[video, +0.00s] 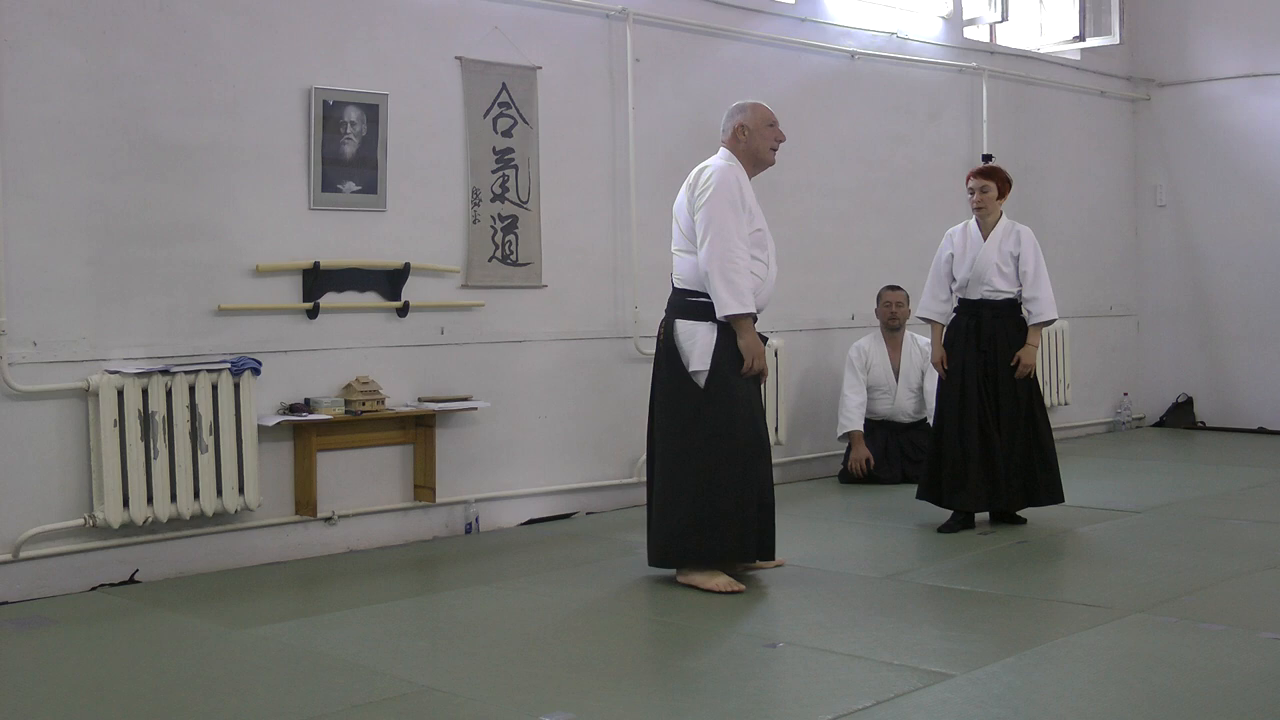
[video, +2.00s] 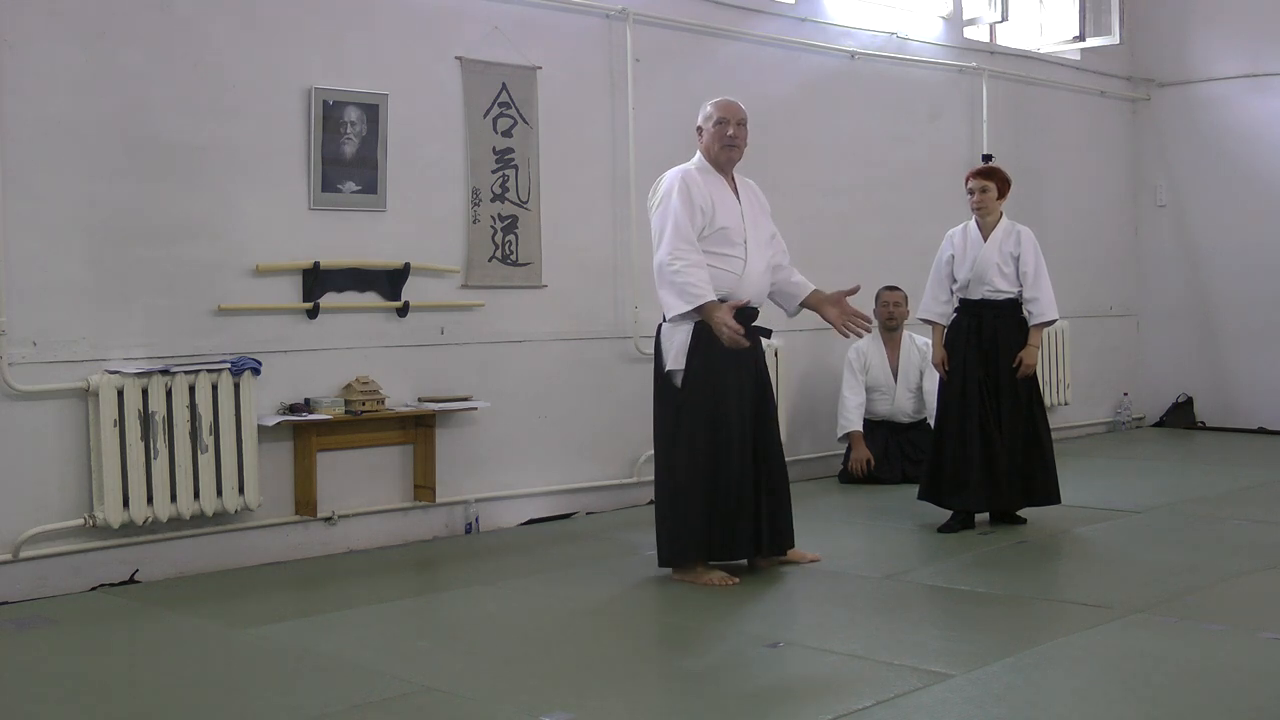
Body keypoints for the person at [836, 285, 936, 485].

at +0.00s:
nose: (893, 310)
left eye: (899, 305)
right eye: (887, 305)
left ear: (909, 313)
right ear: (877, 312)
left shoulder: (926, 348)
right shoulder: (861, 350)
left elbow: (934, 397)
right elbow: (852, 398)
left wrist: (942, 437)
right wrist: (857, 443)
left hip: (916, 431)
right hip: (874, 431)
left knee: (934, 473)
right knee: (854, 472)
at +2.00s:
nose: (891, 310)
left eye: (897, 305)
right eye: (885, 305)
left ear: (907, 313)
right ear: (875, 312)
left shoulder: (925, 348)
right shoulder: (860, 350)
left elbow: (934, 396)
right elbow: (851, 398)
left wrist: (944, 436)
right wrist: (857, 443)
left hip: (916, 430)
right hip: (874, 431)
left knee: (936, 472)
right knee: (855, 473)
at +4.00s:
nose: (891, 314)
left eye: (898, 308)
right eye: (885, 308)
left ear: (908, 314)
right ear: (876, 313)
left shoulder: (926, 349)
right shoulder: (861, 350)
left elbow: (936, 397)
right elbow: (852, 398)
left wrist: (945, 437)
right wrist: (857, 443)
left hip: (916, 430)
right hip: (875, 430)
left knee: (936, 471)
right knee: (856, 471)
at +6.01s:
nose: (893, 316)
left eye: (899, 310)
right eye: (886, 310)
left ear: (909, 315)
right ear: (876, 313)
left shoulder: (920, 347)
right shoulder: (861, 349)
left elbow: (931, 391)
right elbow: (852, 396)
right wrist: (857, 442)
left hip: (910, 430)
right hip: (872, 430)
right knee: (856, 472)